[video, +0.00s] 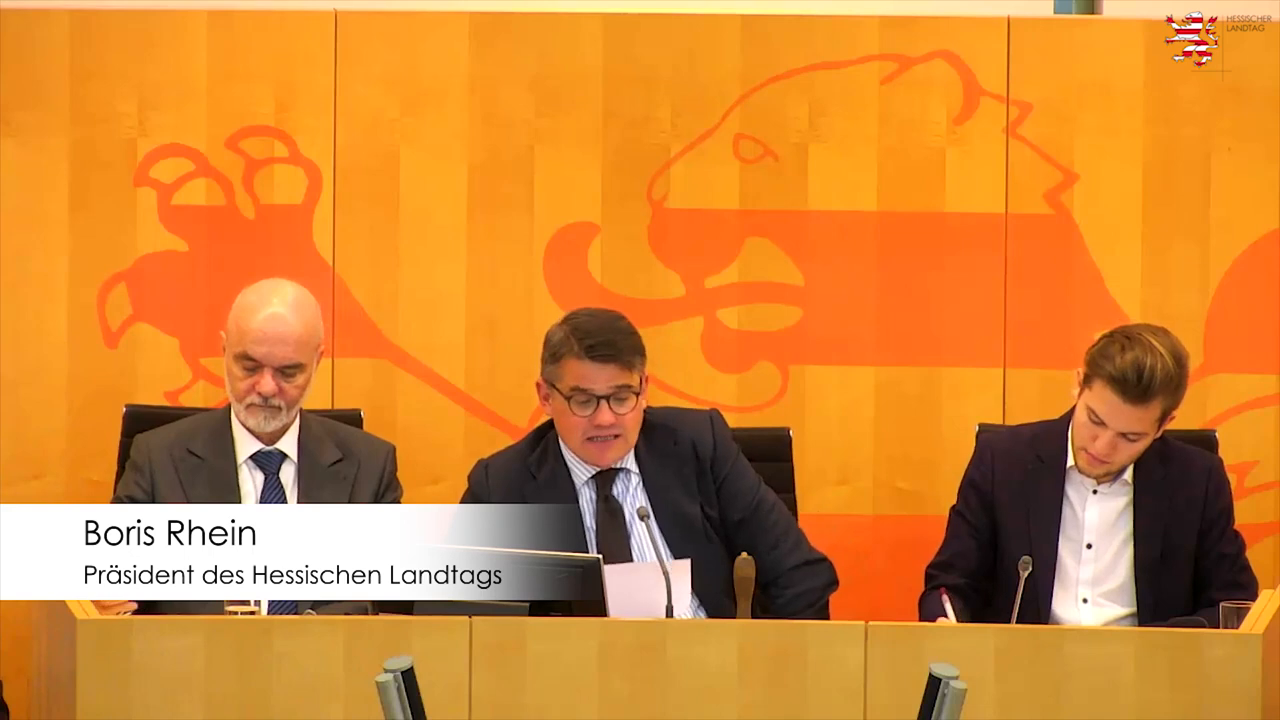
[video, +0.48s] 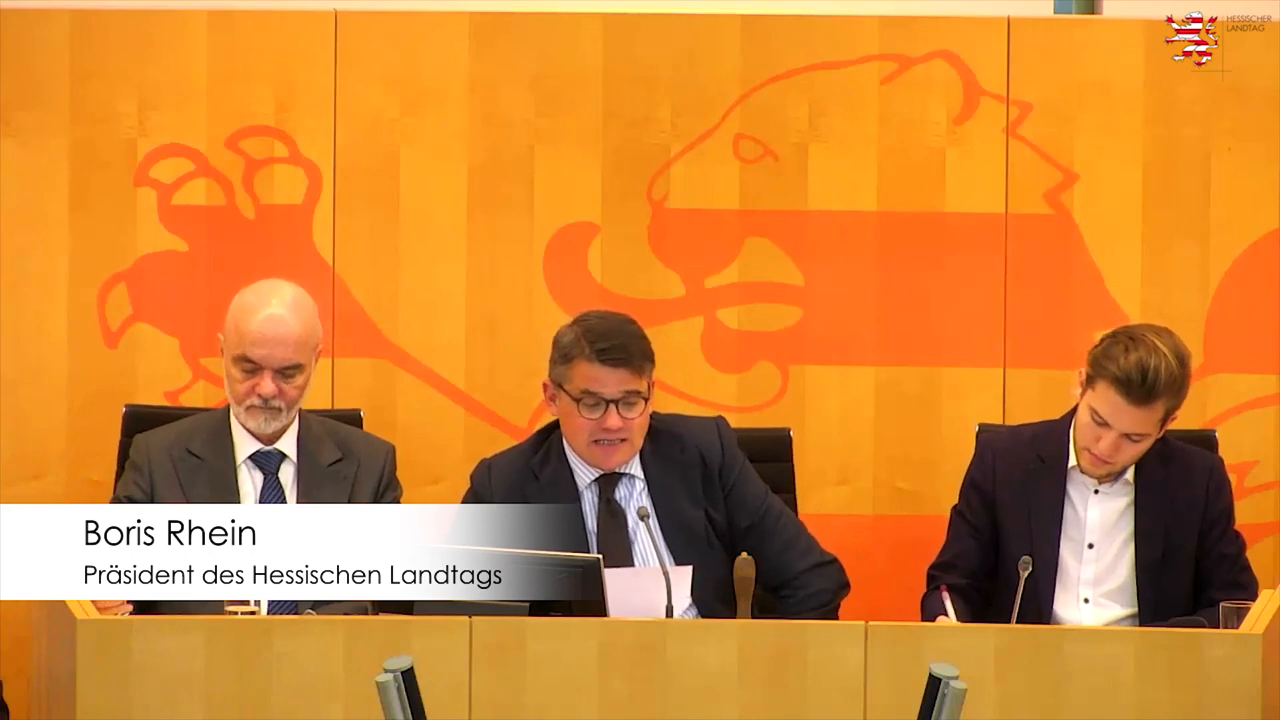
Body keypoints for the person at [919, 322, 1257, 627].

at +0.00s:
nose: (1102, 447)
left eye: (1129, 437)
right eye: (1094, 419)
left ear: (1164, 423)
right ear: (1079, 384)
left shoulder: (1198, 478)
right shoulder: (1001, 458)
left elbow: (1238, 601)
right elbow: (950, 583)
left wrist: (1166, 644)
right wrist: (949, 635)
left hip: (1149, 680)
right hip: (1023, 673)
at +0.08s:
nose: (1102, 447)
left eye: (1129, 437)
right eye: (1094, 419)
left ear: (1164, 423)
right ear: (1080, 383)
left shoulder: (1199, 478)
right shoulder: (1001, 458)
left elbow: (1238, 601)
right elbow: (950, 584)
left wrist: (1166, 644)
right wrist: (950, 637)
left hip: (1150, 680)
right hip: (1024, 673)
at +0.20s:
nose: (1105, 447)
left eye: (1131, 437)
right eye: (1097, 419)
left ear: (1164, 423)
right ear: (1081, 383)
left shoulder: (1199, 478)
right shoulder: (1002, 458)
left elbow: (1238, 601)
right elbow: (950, 584)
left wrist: (1166, 644)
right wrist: (951, 634)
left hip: (1150, 680)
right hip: (1024, 672)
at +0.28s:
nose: (1105, 447)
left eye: (1132, 438)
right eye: (1097, 420)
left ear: (1165, 423)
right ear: (1081, 384)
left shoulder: (1199, 478)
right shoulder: (1002, 458)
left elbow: (1238, 601)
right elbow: (948, 586)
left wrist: (1162, 644)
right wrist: (956, 639)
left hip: (1149, 681)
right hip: (1024, 672)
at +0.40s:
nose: (1105, 447)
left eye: (1131, 438)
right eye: (1097, 420)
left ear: (1165, 423)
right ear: (1081, 384)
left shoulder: (1199, 478)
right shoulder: (1002, 457)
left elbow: (1238, 601)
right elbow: (953, 582)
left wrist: (1164, 644)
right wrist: (949, 630)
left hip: (1150, 681)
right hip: (1024, 672)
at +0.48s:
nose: (1106, 447)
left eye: (1132, 438)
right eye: (1098, 420)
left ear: (1165, 423)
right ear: (1082, 383)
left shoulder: (1199, 478)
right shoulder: (1002, 458)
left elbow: (1238, 601)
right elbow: (953, 583)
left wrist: (1158, 645)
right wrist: (953, 633)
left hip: (1150, 681)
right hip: (1025, 672)